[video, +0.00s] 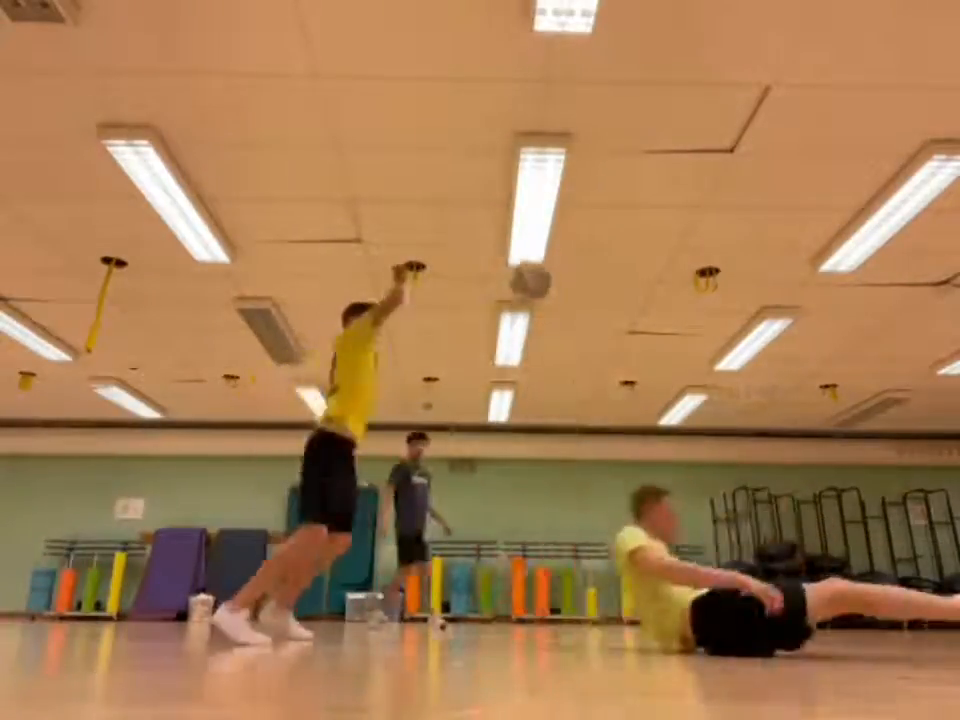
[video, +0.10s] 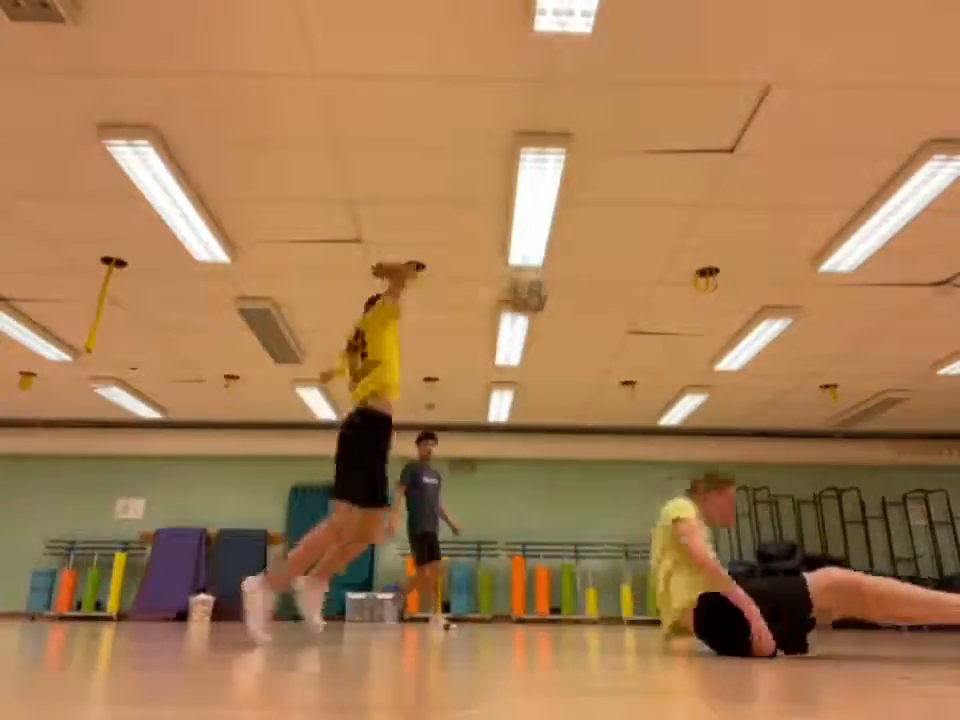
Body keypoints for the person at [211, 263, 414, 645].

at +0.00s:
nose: (376, 326)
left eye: (375, 321)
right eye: (371, 320)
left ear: (354, 321)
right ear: (358, 320)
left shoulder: (359, 350)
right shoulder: (352, 339)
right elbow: (393, 303)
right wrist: (402, 278)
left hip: (342, 449)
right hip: (329, 446)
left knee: (339, 539)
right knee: (314, 532)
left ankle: (279, 611)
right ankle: (234, 610)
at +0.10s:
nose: (403, 295)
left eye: (404, 289)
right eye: (398, 290)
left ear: (371, 303)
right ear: (384, 295)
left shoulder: (359, 337)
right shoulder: (379, 318)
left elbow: (339, 366)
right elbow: (398, 286)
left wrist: (328, 375)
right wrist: (392, 273)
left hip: (373, 431)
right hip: (365, 428)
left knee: (371, 530)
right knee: (344, 523)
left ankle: (315, 585)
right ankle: (265, 586)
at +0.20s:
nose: (410, 309)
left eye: (405, 309)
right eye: (407, 307)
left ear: (384, 316)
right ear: (401, 310)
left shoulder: (368, 346)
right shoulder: (407, 319)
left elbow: (341, 377)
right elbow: (427, 275)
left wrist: (312, 395)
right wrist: (400, 270)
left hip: (372, 421)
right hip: (404, 416)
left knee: (392, 508)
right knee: (412, 514)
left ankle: (386, 571)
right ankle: (352, 550)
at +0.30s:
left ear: (381, 353)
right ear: (406, 338)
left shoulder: (373, 370)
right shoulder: (422, 339)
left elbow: (348, 402)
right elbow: (451, 307)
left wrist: (333, 413)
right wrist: (415, 300)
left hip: (404, 430)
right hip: (442, 422)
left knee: (409, 536)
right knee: (451, 516)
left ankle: (454, 589)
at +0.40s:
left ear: (394, 384)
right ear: (415, 369)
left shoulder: (385, 403)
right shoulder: (432, 372)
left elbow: (358, 441)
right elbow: (468, 363)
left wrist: (340, 479)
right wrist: (466, 363)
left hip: (441, 443)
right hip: (476, 438)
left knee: (431, 544)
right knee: (469, 544)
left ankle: (485, 613)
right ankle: (538, 521)